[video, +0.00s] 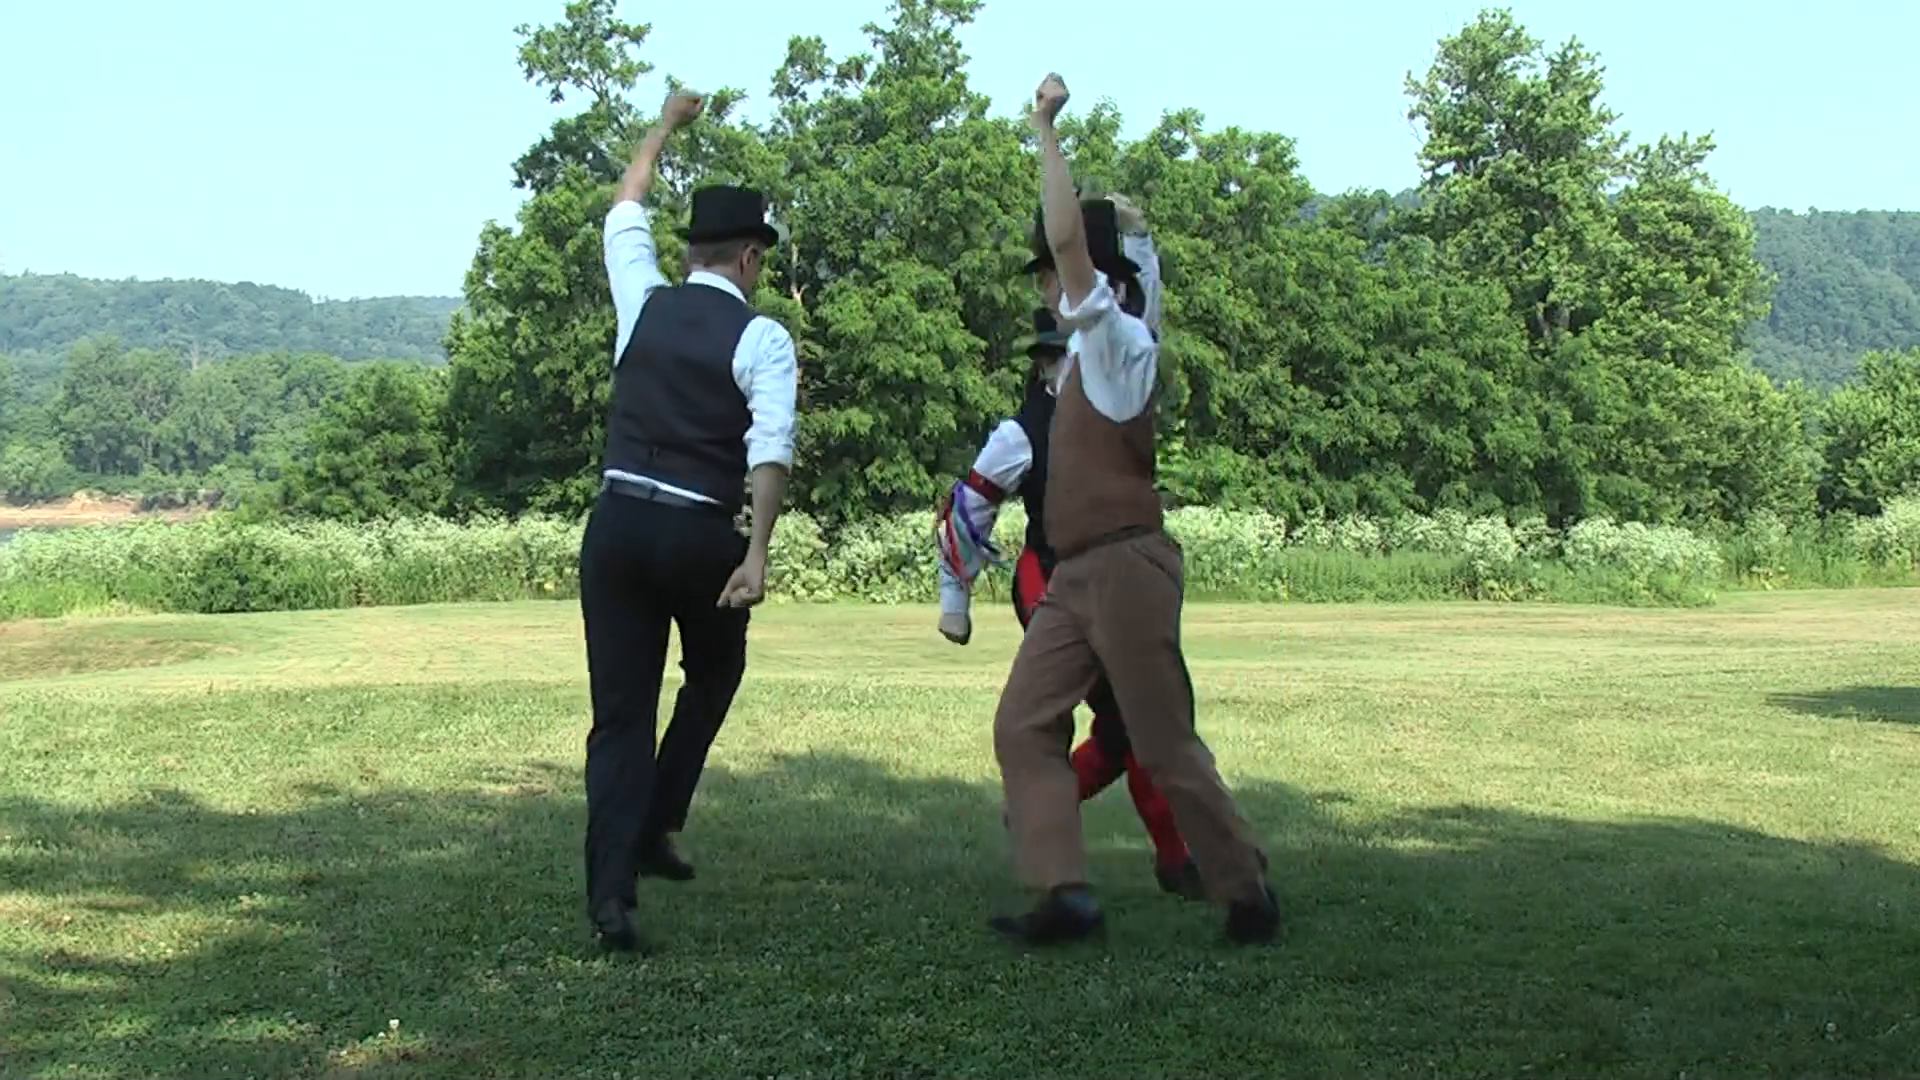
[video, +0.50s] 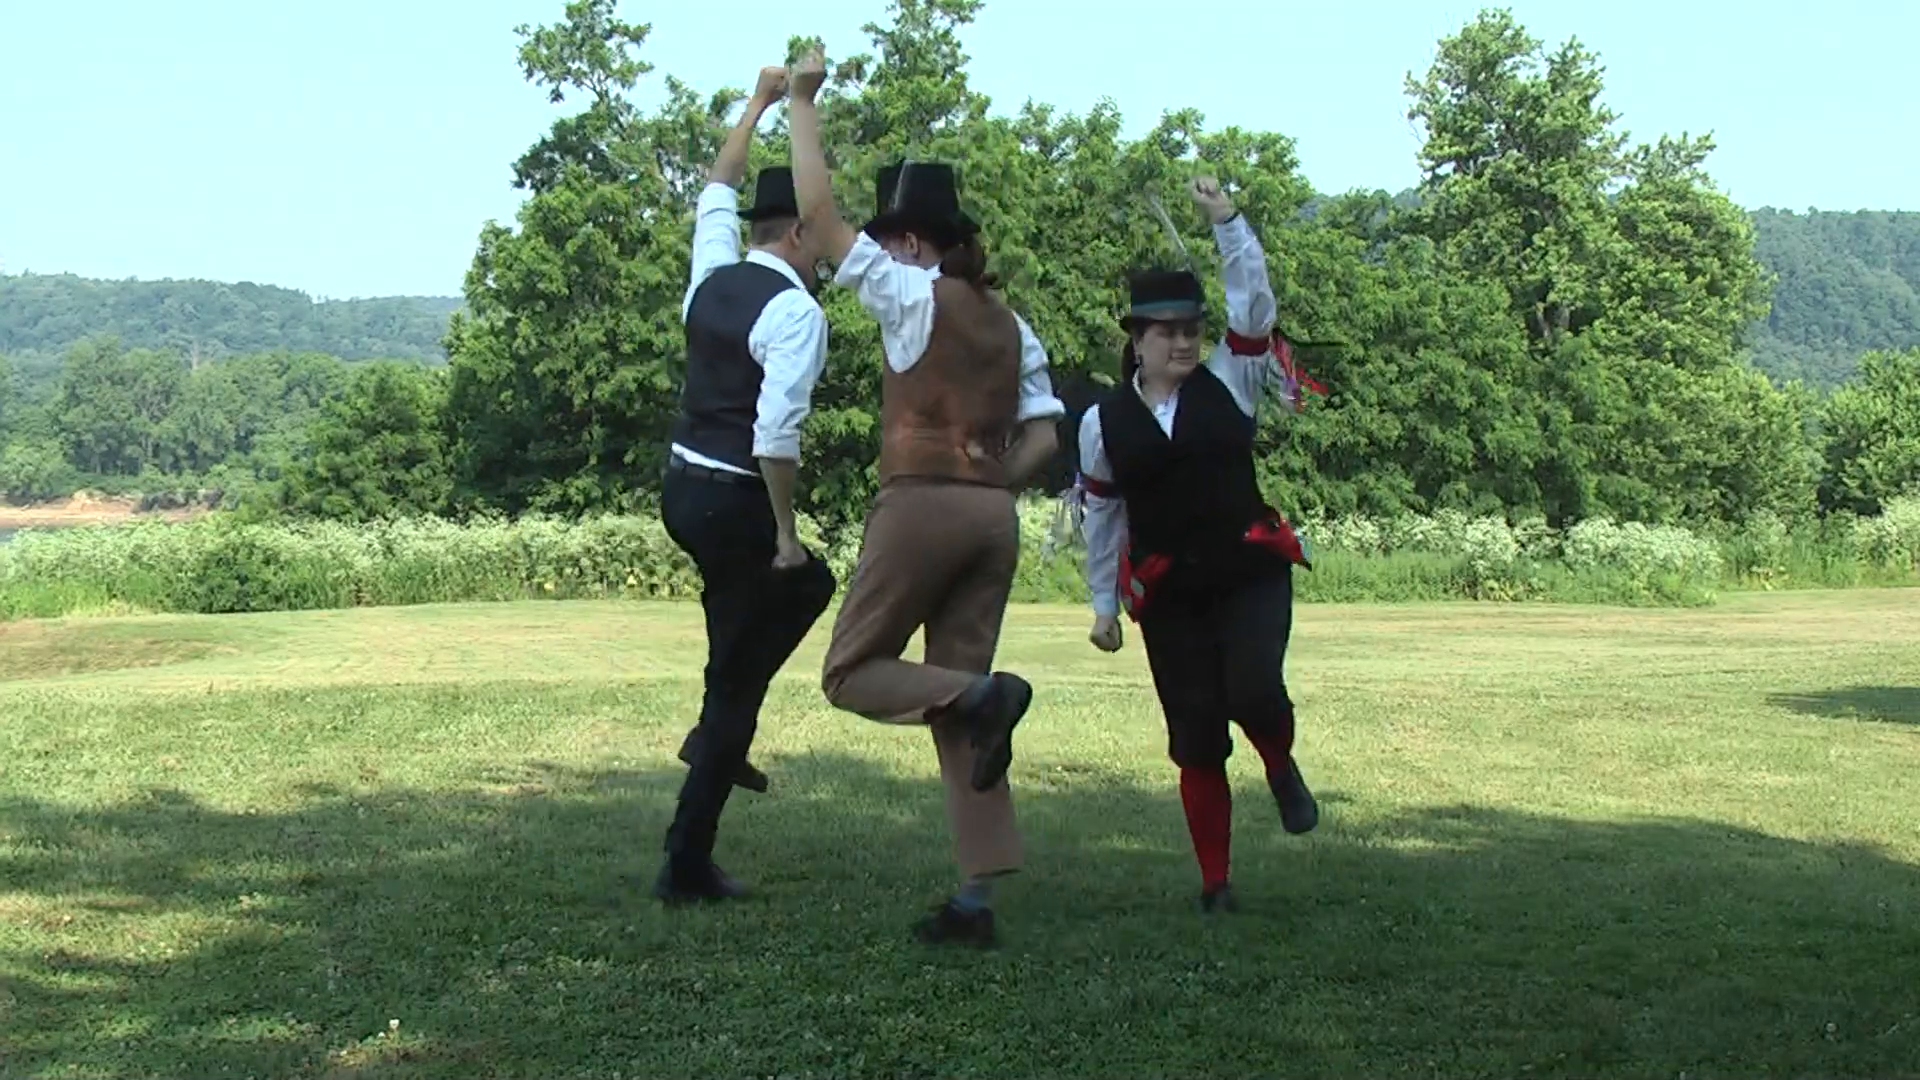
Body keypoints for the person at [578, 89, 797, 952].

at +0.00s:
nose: (765, 263)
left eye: (760, 251)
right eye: (761, 252)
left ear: (692, 251)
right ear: (748, 258)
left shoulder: (643, 300)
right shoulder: (764, 336)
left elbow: (625, 207)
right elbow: (768, 448)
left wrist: (663, 127)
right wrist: (758, 549)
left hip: (616, 522)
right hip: (702, 534)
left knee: (617, 716)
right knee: (714, 671)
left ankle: (610, 905)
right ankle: (657, 826)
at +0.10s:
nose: (773, 277)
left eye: (771, 263)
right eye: (771, 265)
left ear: (701, 259)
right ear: (753, 267)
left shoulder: (652, 304)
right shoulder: (766, 345)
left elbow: (646, 208)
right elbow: (755, 460)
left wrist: (683, 126)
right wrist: (748, 559)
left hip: (624, 520)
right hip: (706, 536)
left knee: (604, 707)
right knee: (686, 717)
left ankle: (584, 849)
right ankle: (643, 881)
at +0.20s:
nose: (784, 291)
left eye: (783, 278)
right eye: (783, 280)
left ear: (710, 275)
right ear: (763, 280)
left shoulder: (666, 323)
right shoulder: (766, 366)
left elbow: (661, 227)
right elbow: (758, 484)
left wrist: (696, 137)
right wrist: (763, 588)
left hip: (628, 539)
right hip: (700, 554)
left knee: (637, 701)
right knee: (690, 724)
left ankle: (570, 783)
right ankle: (643, 884)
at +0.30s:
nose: (792, 276)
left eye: (791, 263)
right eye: (791, 263)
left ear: (729, 254)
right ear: (772, 259)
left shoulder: (679, 300)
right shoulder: (774, 341)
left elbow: (675, 207)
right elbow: (768, 460)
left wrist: (710, 125)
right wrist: (777, 553)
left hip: (643, 519)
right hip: (707, 534)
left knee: (690, 649)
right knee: (698, 705)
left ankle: (598, 750)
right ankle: (645, 878)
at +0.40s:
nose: (810, 251)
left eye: (808, 236)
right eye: (806, 236)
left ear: (748, 228)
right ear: (781, 231)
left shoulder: (692, 275)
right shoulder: (788, 310)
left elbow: (694, 183)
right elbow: (774, 436)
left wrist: (730, 101)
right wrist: (783, 534)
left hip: (661, 486)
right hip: (721, 502)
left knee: (766, 579)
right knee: (708, 685)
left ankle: (661, 715)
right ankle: (651, 872)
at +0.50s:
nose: (831, 245)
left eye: (829, 230)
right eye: (825, 231)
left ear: (761, 226)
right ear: (797, 232)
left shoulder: (713, 275)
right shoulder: (796, 314)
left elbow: (720, 186)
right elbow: (775, 439)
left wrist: (759, 104)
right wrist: (786, 531)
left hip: (683, 484)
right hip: (736, 500)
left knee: (809, 583)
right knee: (736, 686)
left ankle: (720, 731)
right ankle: (688, 862)